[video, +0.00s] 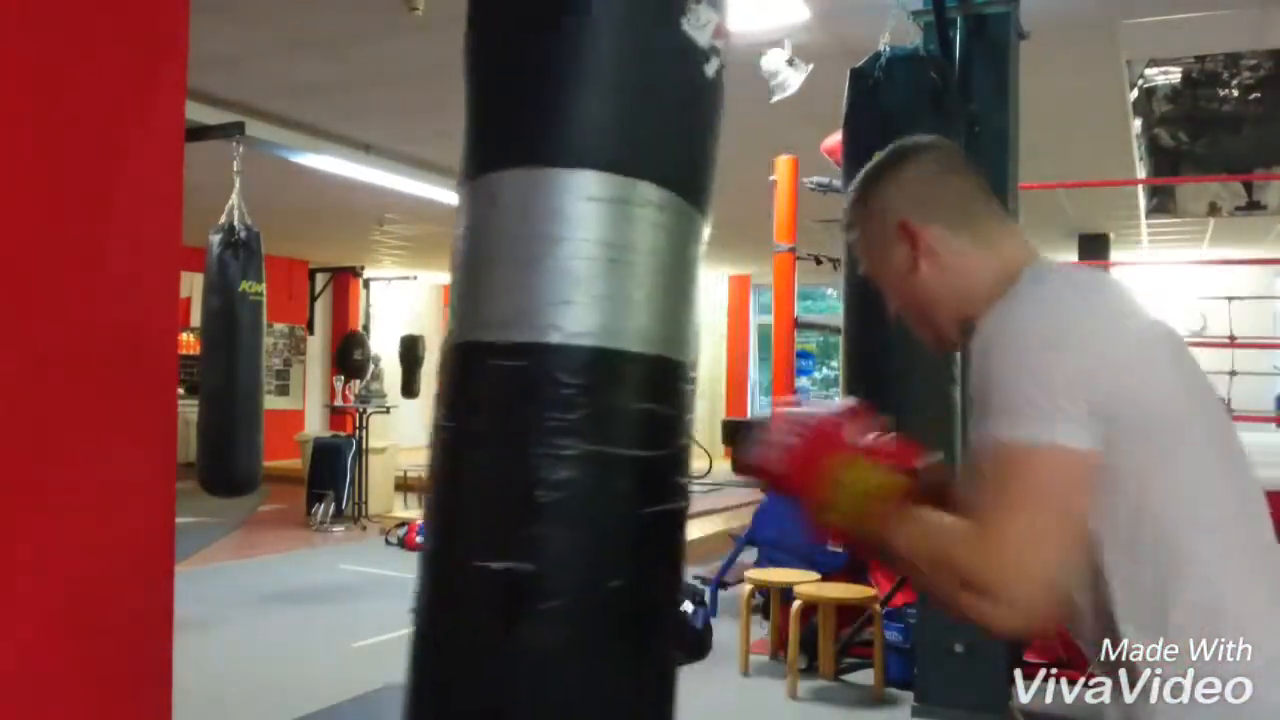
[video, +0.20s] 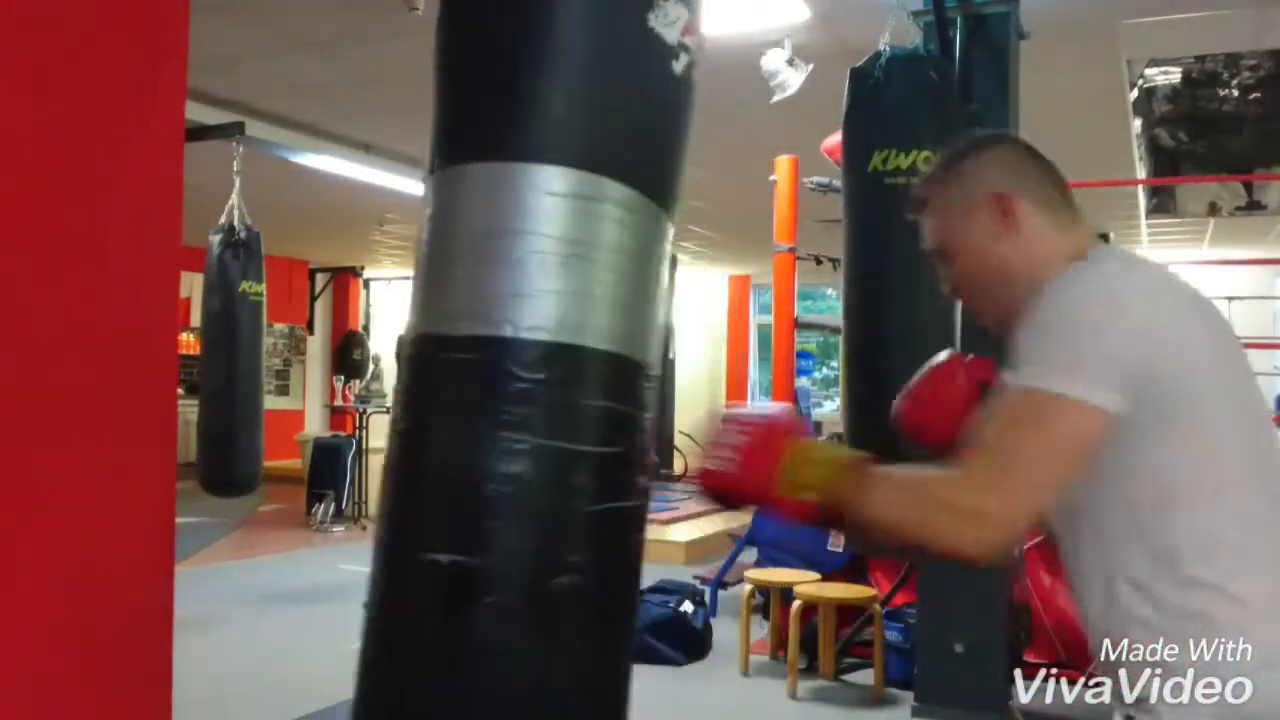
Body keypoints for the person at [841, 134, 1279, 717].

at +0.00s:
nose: (894, 310)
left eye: (885, 283)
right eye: (880, 288)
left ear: (915, 247)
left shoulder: (1033, 329)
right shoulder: (1086, 306)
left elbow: (1013, 591)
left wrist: (874, 507)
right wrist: (925, 492)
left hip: (1191, 699)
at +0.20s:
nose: (946, 287)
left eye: (945, 256)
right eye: (937, 264)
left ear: (1004, 215)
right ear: (1008, 211)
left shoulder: (1096, 305)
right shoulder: (1139, 297)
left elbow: (979, 518)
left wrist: (808, 470)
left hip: (1200, 693)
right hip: (1237, 686)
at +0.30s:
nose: (966, 303)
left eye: (970, 270)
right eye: (960, 280)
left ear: (1036, 230)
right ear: (1040, 231)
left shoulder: (1117, 318)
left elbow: (1130, 556)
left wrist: (952, 493)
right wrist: (1012, 479)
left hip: (1200, 697)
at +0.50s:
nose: (938, 316)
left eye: (940, 299)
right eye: (931, 302)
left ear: (996, 264)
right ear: (1035, 262)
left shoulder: (986, 338)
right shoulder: (1216, 361)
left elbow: (867, 469)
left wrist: (690, 464)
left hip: (1112, 698)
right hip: (1263, 699)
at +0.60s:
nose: (859, 323)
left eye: (855, 297)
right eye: (849, 304)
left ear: (915, 267)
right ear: (962, 259)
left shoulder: (949, 329)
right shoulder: (1165, 351)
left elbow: (815, 481)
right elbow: (1276, 442)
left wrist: (680, 440)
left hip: (1099, 695)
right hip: (1250, 692)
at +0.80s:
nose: (796, 445)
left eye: (789, 421)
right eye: (780, 427)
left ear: (846, 363)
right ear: (846, 363)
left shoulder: (1042, 402)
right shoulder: (901, 460)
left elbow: (1199, 605)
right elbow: (841, 531)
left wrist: (975, 592)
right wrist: (714, 486)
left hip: (1208, 692)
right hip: (1074, 689)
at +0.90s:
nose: (775, 442)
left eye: (760, 417)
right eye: (757, 424)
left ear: (797, 368)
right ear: (802, 364)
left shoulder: (990, 413)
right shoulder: (914, 446)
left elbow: (1253, 479)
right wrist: (905, 593)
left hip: (1130, 700)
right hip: (1039, 698)